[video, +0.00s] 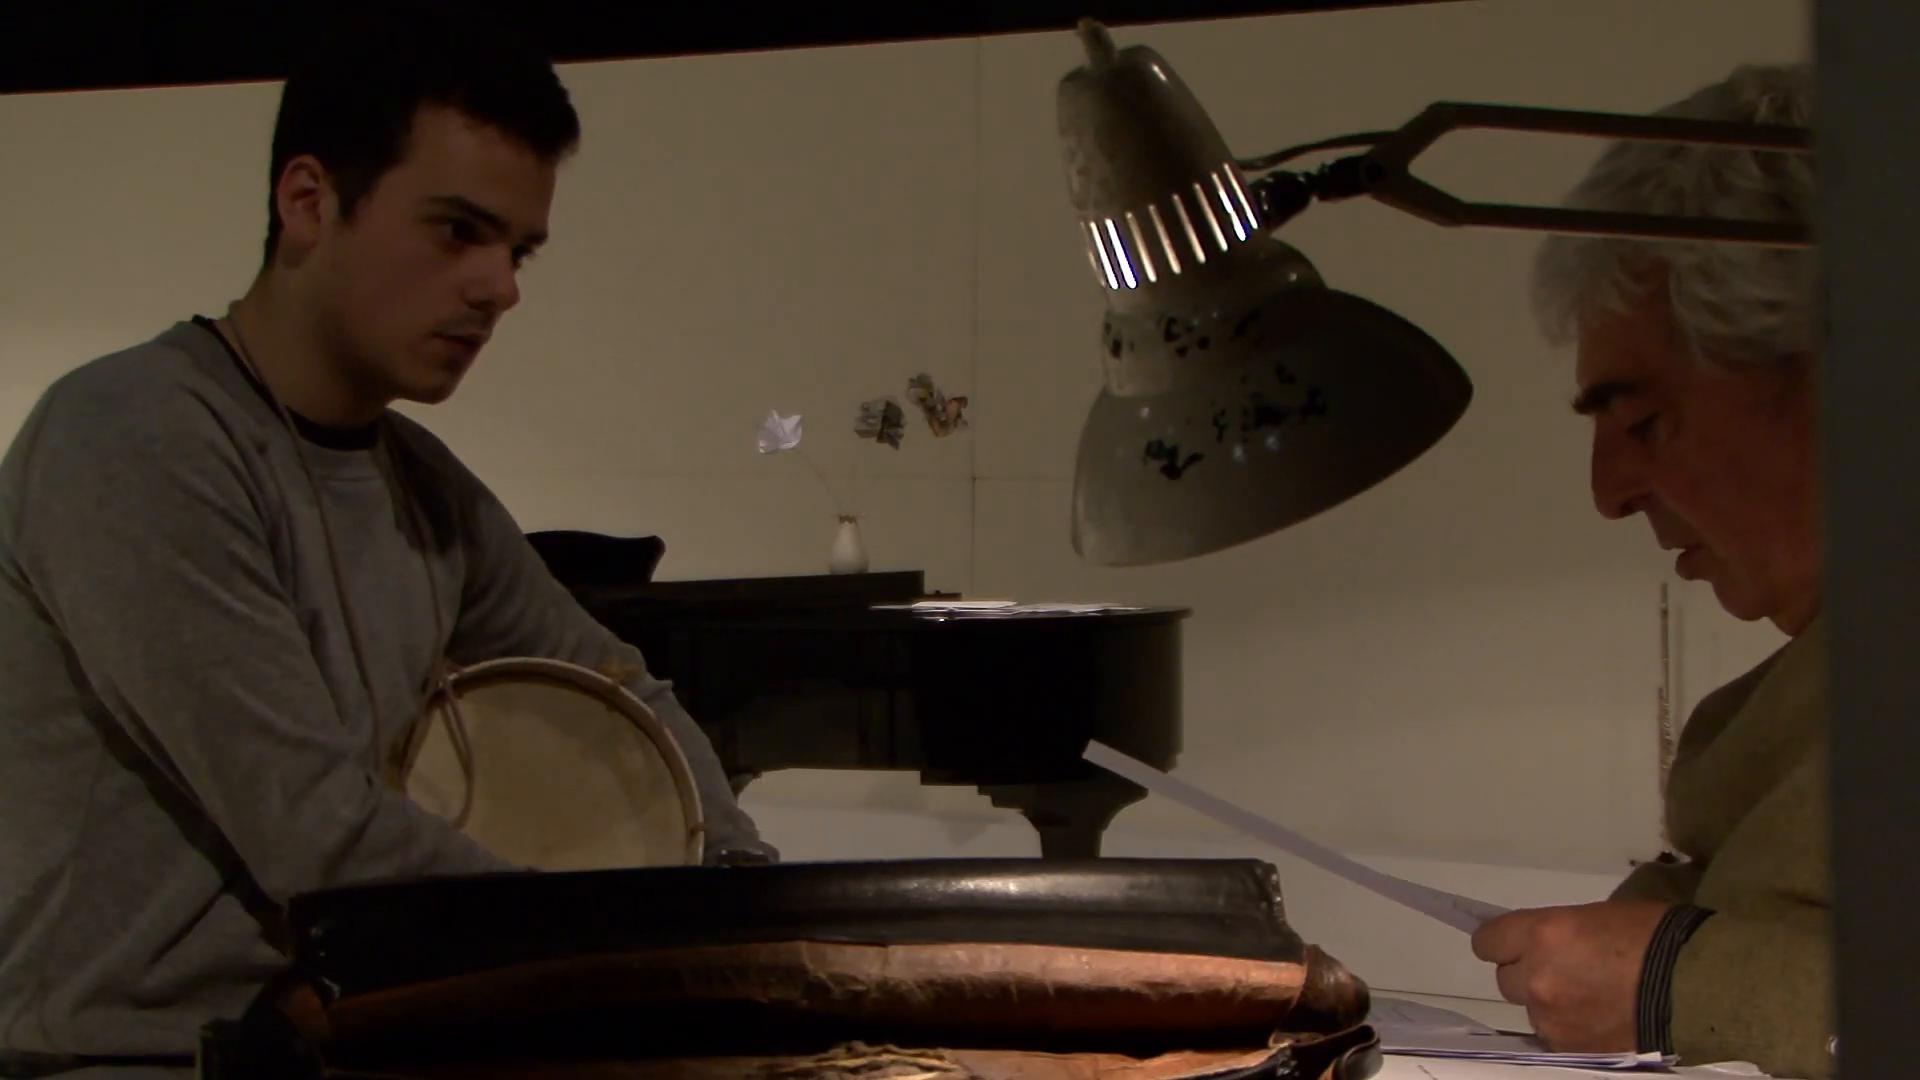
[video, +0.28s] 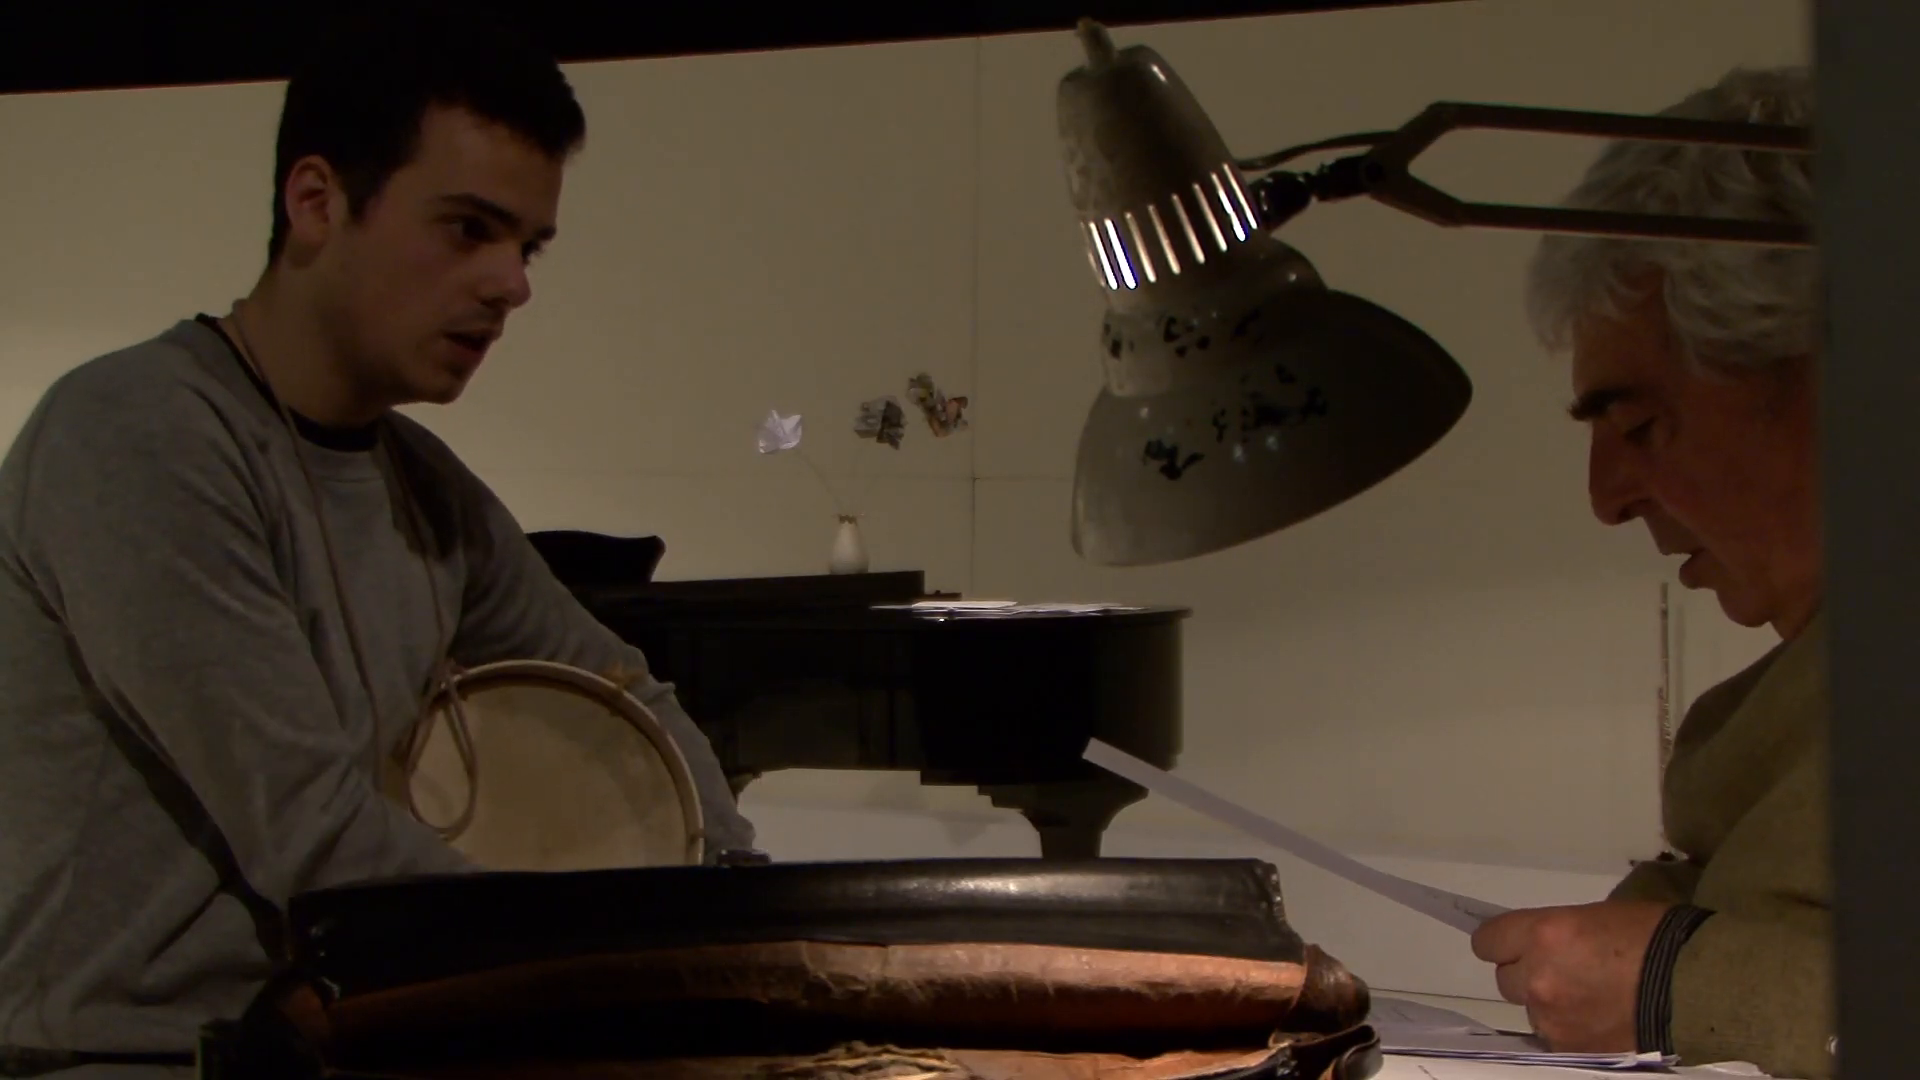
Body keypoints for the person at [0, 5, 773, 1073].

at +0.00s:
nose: (499, 289)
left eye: (517, 254)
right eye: (457, 231)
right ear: (306, 202)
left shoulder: (431, 491)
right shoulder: (123, 437)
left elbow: (617, 695)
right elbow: (318, 838)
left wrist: (753, 904)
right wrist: (632, 956)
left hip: (350, 1040)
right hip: (118, 1057)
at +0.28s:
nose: (509, 288)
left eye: (526, 251)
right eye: (467, 230)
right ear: (314, 203)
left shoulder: (430, 490)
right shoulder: (127, 435)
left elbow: (622, 697)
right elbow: (313, 839)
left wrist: (742, 910)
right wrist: (608, 961)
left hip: (348, 1039)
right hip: (118, 1057)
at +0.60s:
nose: (510, 292)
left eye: (528, 256)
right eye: (469, 234)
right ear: (318, 206)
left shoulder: (435, 494)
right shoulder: (120, 444)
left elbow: (635, 700)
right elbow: (273, 871)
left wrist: (748, 919)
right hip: (116, 1057)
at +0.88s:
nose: (518, 299)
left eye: (538, 264)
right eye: (478, 239)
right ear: (327, 209)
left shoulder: (443, 492)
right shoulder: (119, 444)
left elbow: (650, 698)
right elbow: (276, 872)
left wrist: (742, 917)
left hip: (353, 1043)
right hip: (120, 1059)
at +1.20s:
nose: (523, 338)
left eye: (549, 301)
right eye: (493, 279)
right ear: (349, 224)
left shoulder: (459, 494)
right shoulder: (110, 445)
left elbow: (669, 719)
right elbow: (222, 898)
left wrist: (724, 947)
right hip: (89, 1045)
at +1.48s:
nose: (517, 427)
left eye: (542, 394)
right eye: (499, 369)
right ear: (374, 265)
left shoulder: (478, 519)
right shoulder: (90, 444)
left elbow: (677, 735)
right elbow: (80, 872)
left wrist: (715, 953)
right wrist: (317, 1041)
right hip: (56, 1036)